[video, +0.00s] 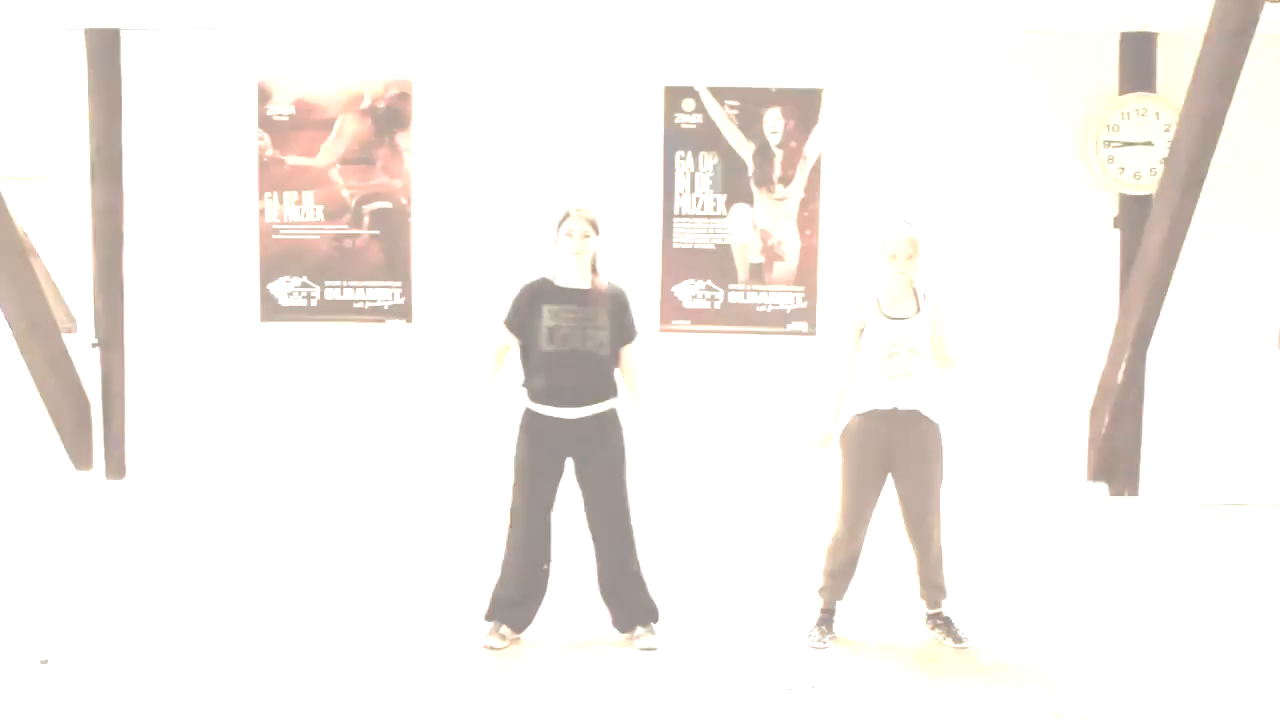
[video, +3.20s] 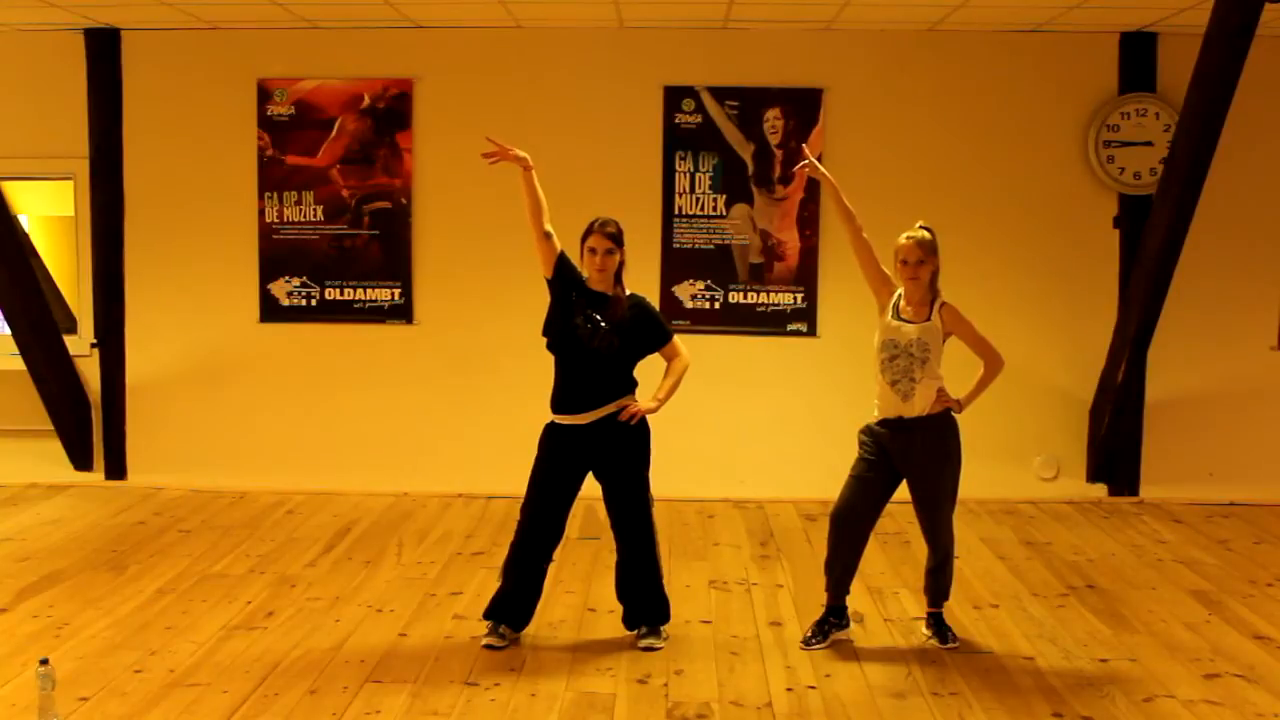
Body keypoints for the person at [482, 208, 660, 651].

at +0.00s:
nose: (577, 242)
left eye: (585, 235)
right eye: (569, 235)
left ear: (597, 244)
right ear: (556, 242)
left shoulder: (611, 297)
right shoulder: (534, 294)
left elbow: (627, 362)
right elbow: (502, 350)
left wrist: (642, 408)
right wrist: (488, 382)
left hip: (598, 423)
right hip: (542, 423)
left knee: (612, 520)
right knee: (527, 519)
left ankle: (635, 617)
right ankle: (508, 616)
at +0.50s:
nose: (578, 244)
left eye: (586, 239)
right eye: (569, 238)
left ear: (597, 249)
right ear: (556, 246)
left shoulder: (619, 300)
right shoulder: (532, 300)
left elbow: (664, 346)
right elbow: (489, 336)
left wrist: (641, 390)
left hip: (599, 430)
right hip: (543, 428)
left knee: (611, 527)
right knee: (520, 523)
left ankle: (643, 620)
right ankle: (505, 620)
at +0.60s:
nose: (583, 247)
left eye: (591, 241)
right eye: (574, 240)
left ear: (602, 249)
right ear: (561, 247)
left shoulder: (623, 302)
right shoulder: (541, 293)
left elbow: (672, 346)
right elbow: (484, 288)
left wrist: (647, 394)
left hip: (612, 428)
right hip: (558, 432)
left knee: (624, 529)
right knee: (527, 525)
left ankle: (646, 621)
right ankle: (505, 620)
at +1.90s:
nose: (596, 260)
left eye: (605, 254)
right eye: (590, 252)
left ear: (619, 259)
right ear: (580, 255)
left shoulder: (635, 309)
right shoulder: (564, 290)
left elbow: (679, 360)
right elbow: (538, 229)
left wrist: (653, 401)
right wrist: (520, 169)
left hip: (620, 432)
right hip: (563, 434)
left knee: (634, 529)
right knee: (535, 528)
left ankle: (649, 620)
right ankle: (506, 620)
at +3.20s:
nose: (598, 258)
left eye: (607, 252)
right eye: (592, 251)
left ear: (621, 258)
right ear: (582, 254)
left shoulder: (636, 310)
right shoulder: (566, 289)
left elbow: (679, 360)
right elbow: (542, 229)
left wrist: (654, 401)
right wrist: (526, 168)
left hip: (621, 432)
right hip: (565, 434)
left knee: (634, 529)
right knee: (536, 527)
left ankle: (649, 620)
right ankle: (506, 620)